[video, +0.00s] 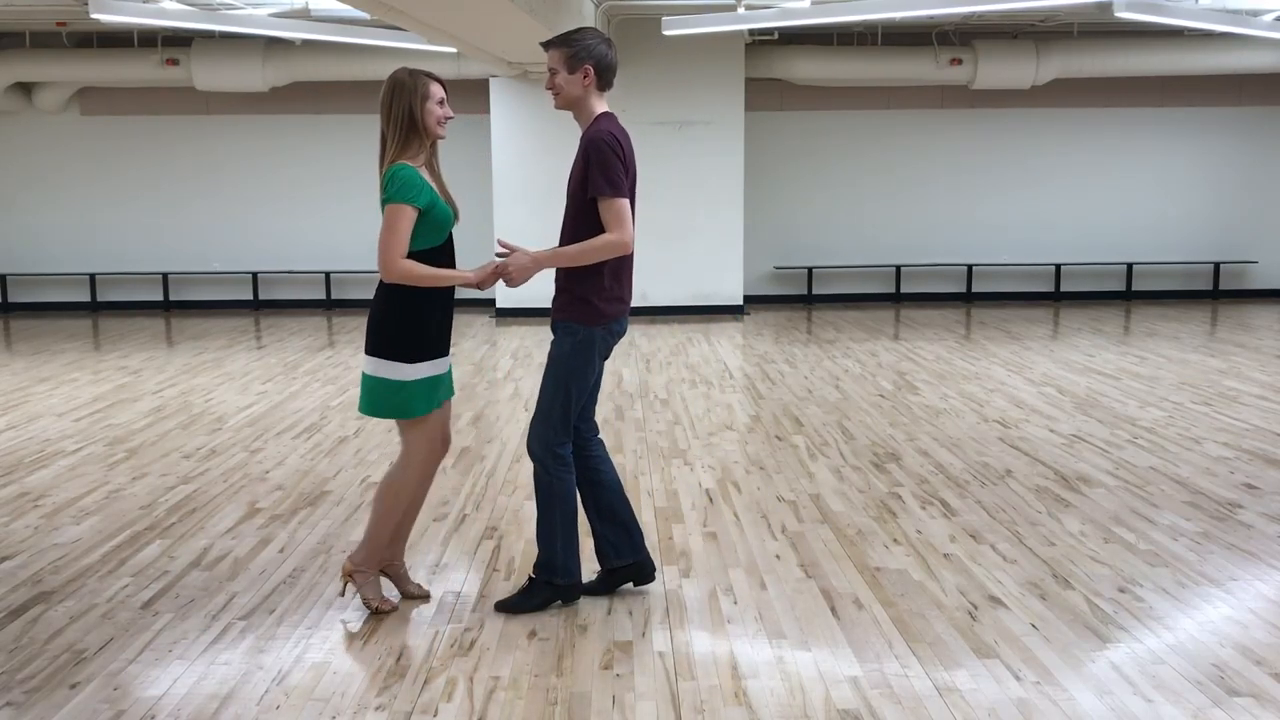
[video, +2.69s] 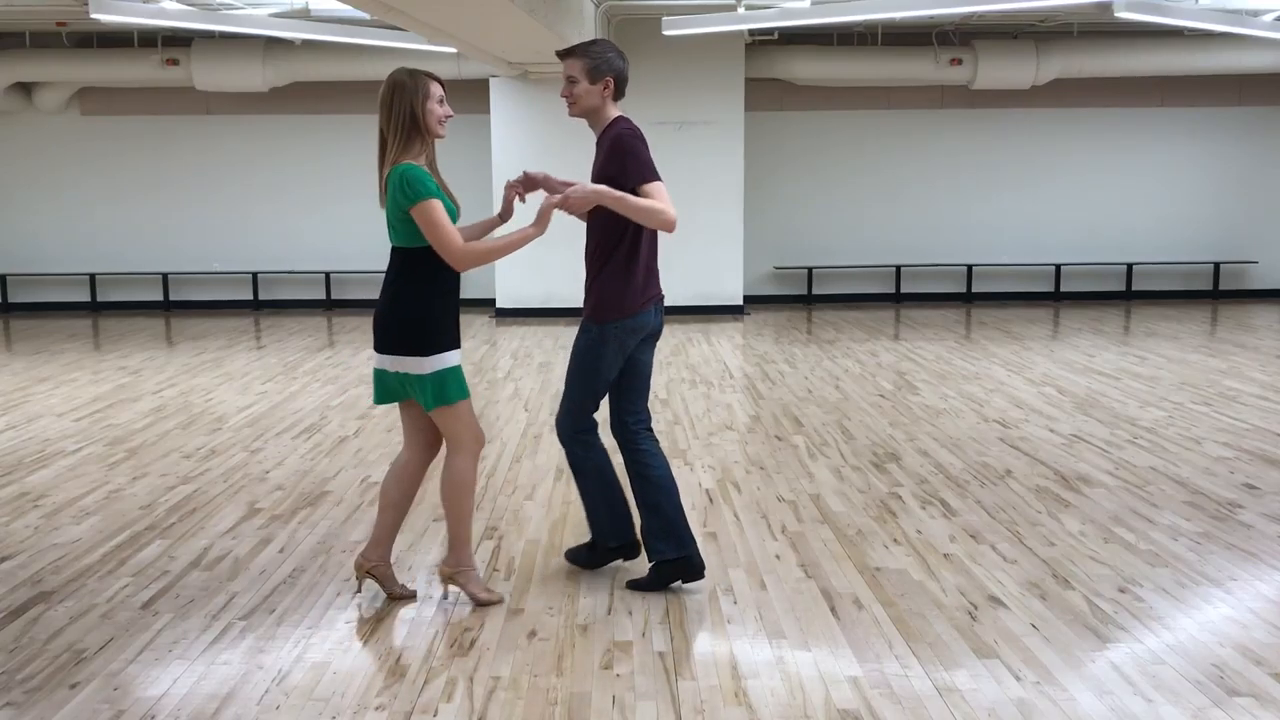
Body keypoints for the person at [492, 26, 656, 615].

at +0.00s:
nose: (547, 83)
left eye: (554, 72)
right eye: (547, 73)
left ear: (584, 74)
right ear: (586, 76)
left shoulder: (603, 139)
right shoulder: (600, 135)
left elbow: (620, 239)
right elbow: (597, 236)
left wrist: (538, 260)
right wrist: (535, 260)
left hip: (588, 317)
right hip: (589, 313)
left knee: (549, 440)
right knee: (579, 435)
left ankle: (556, 577)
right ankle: (628, 559)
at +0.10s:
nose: (551, 83)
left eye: (559, 73)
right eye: (552, 74)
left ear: (590, 75)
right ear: (590, 77)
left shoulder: (610, 140)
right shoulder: (603, 136)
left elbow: (628, 239)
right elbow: (605, 236)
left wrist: (549, 254)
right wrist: (543, 259)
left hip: (600, 318)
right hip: (595, 315)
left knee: (558, 440)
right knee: (587, 437)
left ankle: (571, 578)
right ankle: (630, 562)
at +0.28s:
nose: (565, 86)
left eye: (572, 75)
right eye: (565, 76)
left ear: (604, 77)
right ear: (602, 79)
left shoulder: (623, 139)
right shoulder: (618, 134)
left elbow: (645, 236)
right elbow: (627, 231)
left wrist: (566, 229)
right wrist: (561, 231)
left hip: (613, 319)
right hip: (604, 316)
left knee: (589, 444)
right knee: (591, 441)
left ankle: (656, 566)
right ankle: (622, 567)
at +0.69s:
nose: (607, 88)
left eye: (613, 77)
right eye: (607, 78)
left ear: (645, 78)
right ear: (645, 80)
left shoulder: (663, 141)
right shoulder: (663, 137)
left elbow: (687, 239)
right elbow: (667, 236)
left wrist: (607, 263)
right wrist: (607, 241)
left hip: (677, 322)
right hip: (660, 320)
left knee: (668, 446)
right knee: (636, 436)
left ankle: (713, 580)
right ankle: (685, 565)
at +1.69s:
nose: (577, 82)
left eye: (583, 72)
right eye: (577, 72)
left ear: (614, 75)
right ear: (614, 77)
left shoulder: (627, 139)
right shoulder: (633, 134)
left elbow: (644, 236)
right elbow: (634, 224)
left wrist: (572, 217)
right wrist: (578, 224)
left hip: (629, 318)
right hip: (619, 316)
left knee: (615, 442)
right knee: (607, 440)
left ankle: (696, 558)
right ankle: (632, 568)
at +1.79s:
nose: (565, 84)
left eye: (572, 74)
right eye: (565, 74)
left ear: (602, 77)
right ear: (606, 78)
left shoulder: (617, 142)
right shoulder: (623, 137)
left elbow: (633, 241)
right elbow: (621, 237)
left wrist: (553, 244)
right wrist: (550, 244)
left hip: (610, 318)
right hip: (616, 315)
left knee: (574, 442)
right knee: (600, 437)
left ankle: (643, 565)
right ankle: (628, 567)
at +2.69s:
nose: (564, 93)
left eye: (572, 83)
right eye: (563, 83)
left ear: (607, 85)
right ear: (599, 89)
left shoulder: (622, 139)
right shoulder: (614, 139)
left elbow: (666, 215)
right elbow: (601, 211)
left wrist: (599, 194)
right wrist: (550, 187)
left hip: (614, 313)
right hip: (640, 309)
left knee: (574, 423)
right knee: (633, 427)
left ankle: (615, 537)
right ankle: (677, 555)